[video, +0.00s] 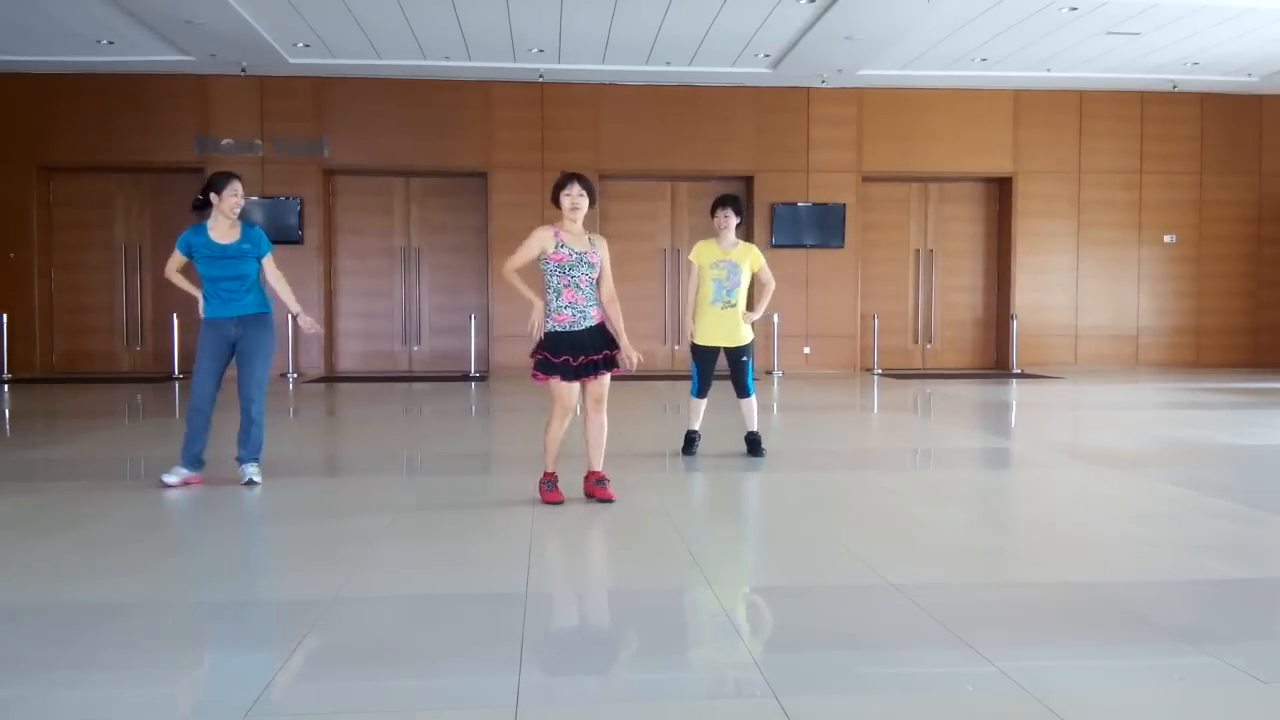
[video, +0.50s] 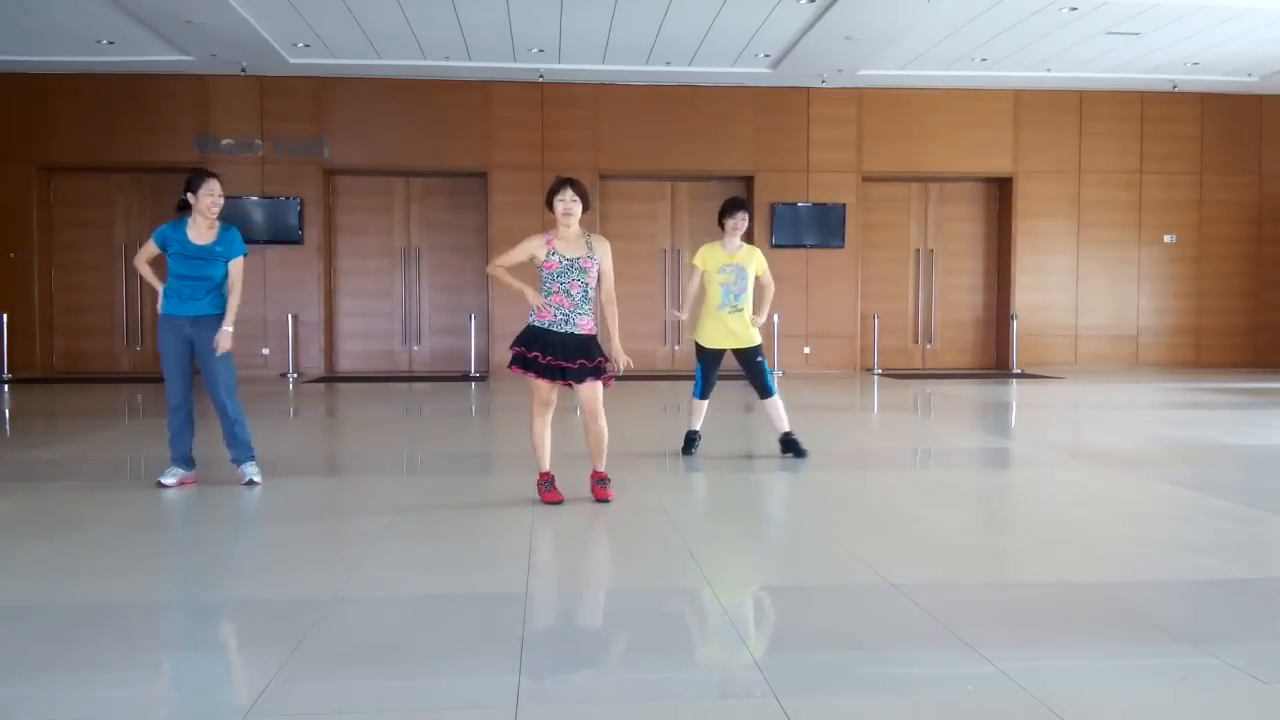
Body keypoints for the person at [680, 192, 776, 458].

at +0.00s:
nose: (721, 220)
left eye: (726, 216)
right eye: (717, 216)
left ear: (737, 220)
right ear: (713, 220)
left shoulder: (749, 252)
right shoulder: (701, 249)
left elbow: (768, 283)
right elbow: (692, 285)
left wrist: (757, 312)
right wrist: (688, 318)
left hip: (737, 329)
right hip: (704, 327)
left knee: (744, 386)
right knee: (700, 385)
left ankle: (753, 436)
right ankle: (692, 434)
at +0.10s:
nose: (720, 220)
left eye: (725, 216)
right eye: (716, 215)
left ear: (734, 220)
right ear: (710, 219)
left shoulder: (744, 252)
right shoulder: (696, 249)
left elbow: (761, 285)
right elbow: (686, 287)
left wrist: (752, 313)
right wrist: (681, 322)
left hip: (732, 329)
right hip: (699, 328)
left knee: (742, 386)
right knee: (697, 385)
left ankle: (751, 435)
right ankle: (691, 434)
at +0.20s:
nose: (722, 221)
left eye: (727, 216)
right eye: (717, 216)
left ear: (734, 221)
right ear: (709, 219)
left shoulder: (742, 252)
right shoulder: (695, 248)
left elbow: (758, 283)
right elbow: (684, 283)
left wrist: (750, 311)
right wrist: (675, 314)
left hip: (731, 328)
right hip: (698, 328)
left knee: (742, 384)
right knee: (696, 384)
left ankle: (752, 435)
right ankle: (691, 434)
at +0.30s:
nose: (724, 221)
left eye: (729, 216)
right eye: (720, 215)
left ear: (735, 221)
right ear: (710, 218)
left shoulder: (742, 252)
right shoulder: (695, 248)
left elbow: (757, 283)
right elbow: (683, 281)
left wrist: (750, 312)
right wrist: (674, 307)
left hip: (732, 327)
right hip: (699, 328)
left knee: (746, 384)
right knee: (697, 385)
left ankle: (758, 435)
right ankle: (691, 434)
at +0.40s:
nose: (730, 222)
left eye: (735, 217)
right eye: (725, 217)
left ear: (740, 222)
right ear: (715, 219)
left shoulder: (746, 253)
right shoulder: (699, 250)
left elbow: (760, 284)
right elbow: (686, 282)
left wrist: (754, 314)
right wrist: (676, 307)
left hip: (736, 328)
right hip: (703, 328)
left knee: (754, 383)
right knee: (699, 385)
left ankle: (771, 435)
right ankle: (692, 434)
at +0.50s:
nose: (737, 224)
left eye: (743, 219)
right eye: (732, 218)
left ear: (747, 224)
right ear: (722, 220)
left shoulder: (753, 254)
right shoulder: (707, 252)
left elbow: (769, 285)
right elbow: (694, 283)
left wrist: (762, 315)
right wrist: (685, 311)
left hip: (744, 330)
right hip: (711, 330)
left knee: (764, 383)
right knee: (703, 385)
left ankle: (786, 436)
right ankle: (693, 434)